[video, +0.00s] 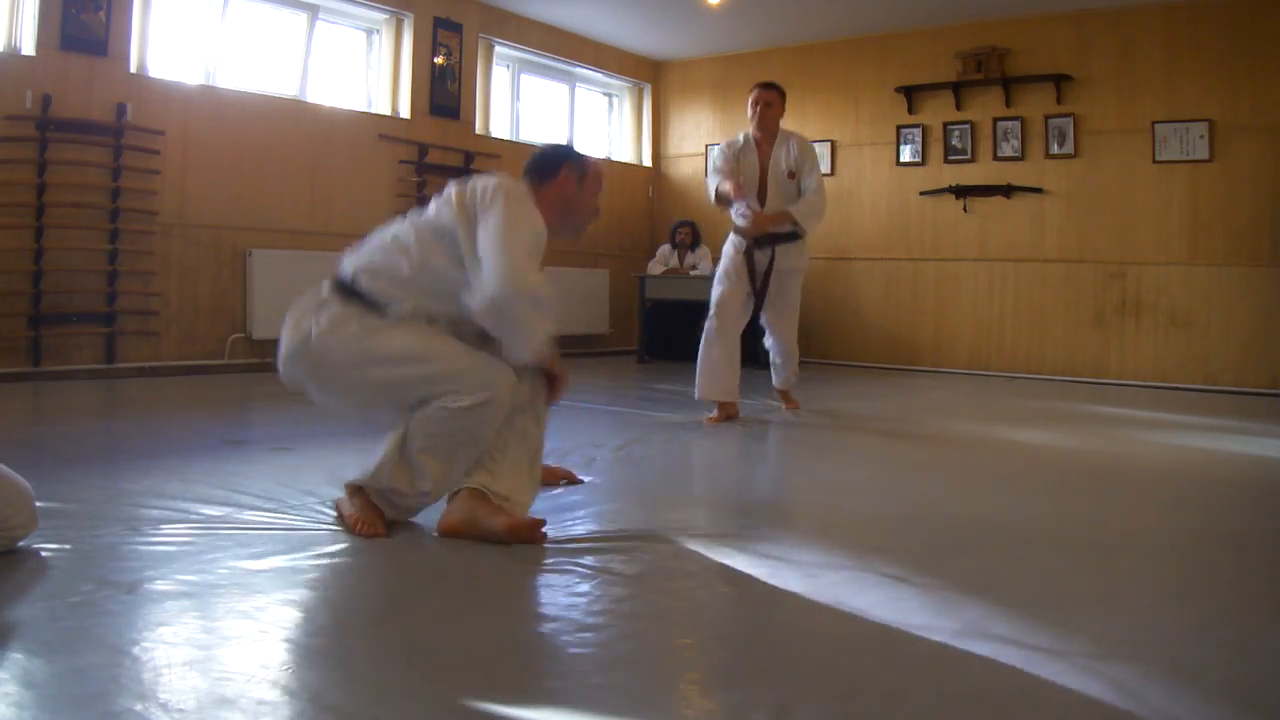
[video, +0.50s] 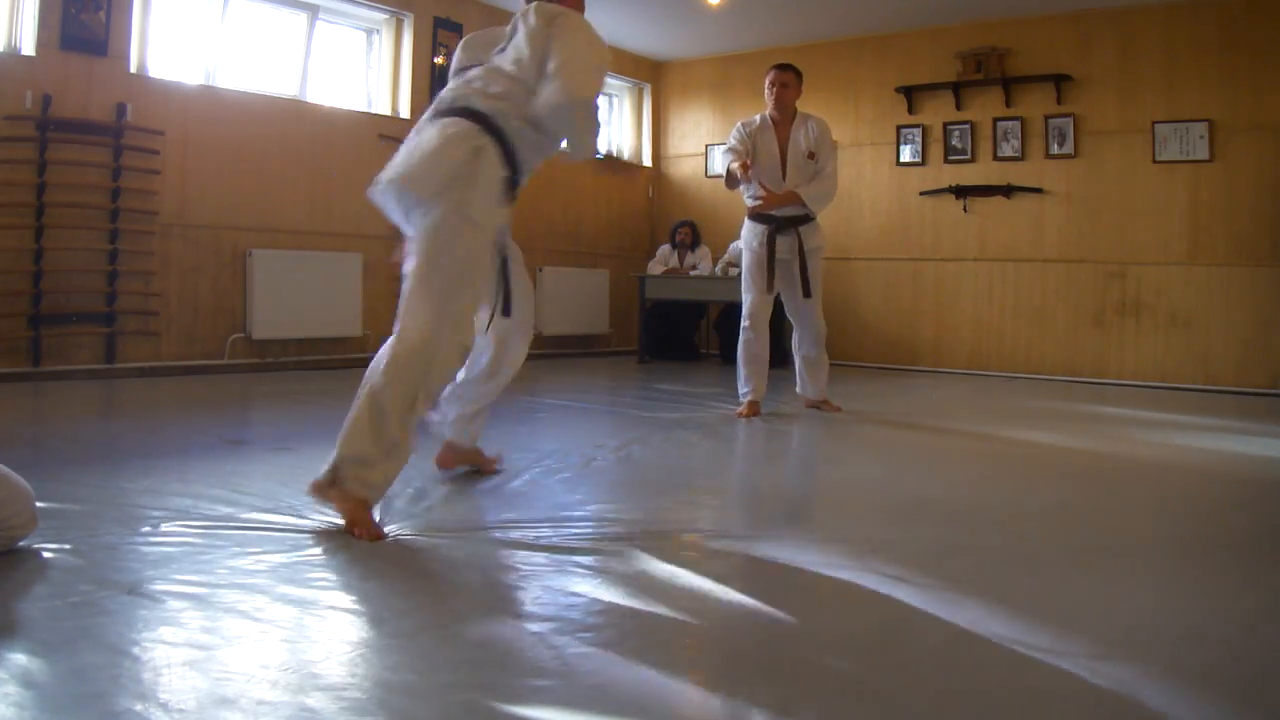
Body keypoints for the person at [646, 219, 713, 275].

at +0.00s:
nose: (682, 237)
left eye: (686, 234)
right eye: (679, 233)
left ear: (693, 236)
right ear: (674, 235)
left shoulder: (702, 251)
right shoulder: (666, 250)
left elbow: (706, 272)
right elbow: (651, 268)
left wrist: (683, 273)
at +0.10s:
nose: (682, 237)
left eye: (686, 234)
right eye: (679, 234)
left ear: (693, 237)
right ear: (674, 235)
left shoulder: (702, 251)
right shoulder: (666, 250)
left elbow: (706, 271)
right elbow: (651, 268)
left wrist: (684, 273)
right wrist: (670, 272)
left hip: (693, 298)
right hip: (667, 297)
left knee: (690, 317)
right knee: (653, 313)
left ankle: (687, 351)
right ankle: (651, 352)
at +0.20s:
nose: (682, 237)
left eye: (686, 234)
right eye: (679, 234)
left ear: (693, 237)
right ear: (674, 235)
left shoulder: (702, 251)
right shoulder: (666, 250)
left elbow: (706, 271)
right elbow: (651, 268)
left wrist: (684, 273)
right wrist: (671, 272)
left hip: (692, 298)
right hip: (667, 297)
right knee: (653, 314)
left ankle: (686, 352)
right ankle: (651, 352)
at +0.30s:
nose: (682, 237)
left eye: (686, 234)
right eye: (679, 234)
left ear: (693, 237)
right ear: (674, 236)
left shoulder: (702, 251)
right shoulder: (666, 250)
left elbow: (706, 271)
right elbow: (651, 268)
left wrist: (684, 273)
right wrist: (671, 272)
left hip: (692, 298)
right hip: (667, 298)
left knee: (686, 319)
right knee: (653, 315)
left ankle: (685, 353)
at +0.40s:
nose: (682, 237)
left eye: (686, 234)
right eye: (679, 234)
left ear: (693, 237)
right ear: (674, 235)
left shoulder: (702, 251)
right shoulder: (666, 250)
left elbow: (706, 271)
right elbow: (651, 268)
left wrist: (685, 273)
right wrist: (671, 272)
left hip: (692, 298)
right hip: (667, 297)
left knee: (686, 318)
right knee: (653, 315)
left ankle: (686, 352)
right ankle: (653, 352)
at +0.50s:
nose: (682, 237)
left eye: (686, 234)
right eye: (679, 234)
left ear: (693, 237)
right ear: (674, 235)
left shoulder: (702, 251)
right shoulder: (666, 249)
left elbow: (706, 271)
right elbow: (651, 268)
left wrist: (684, 273)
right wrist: (671, 272)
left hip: (692, 298)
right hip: (667, 297)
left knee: (687, 317)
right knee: (653, 314)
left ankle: (686, 352)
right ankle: (653, 352)